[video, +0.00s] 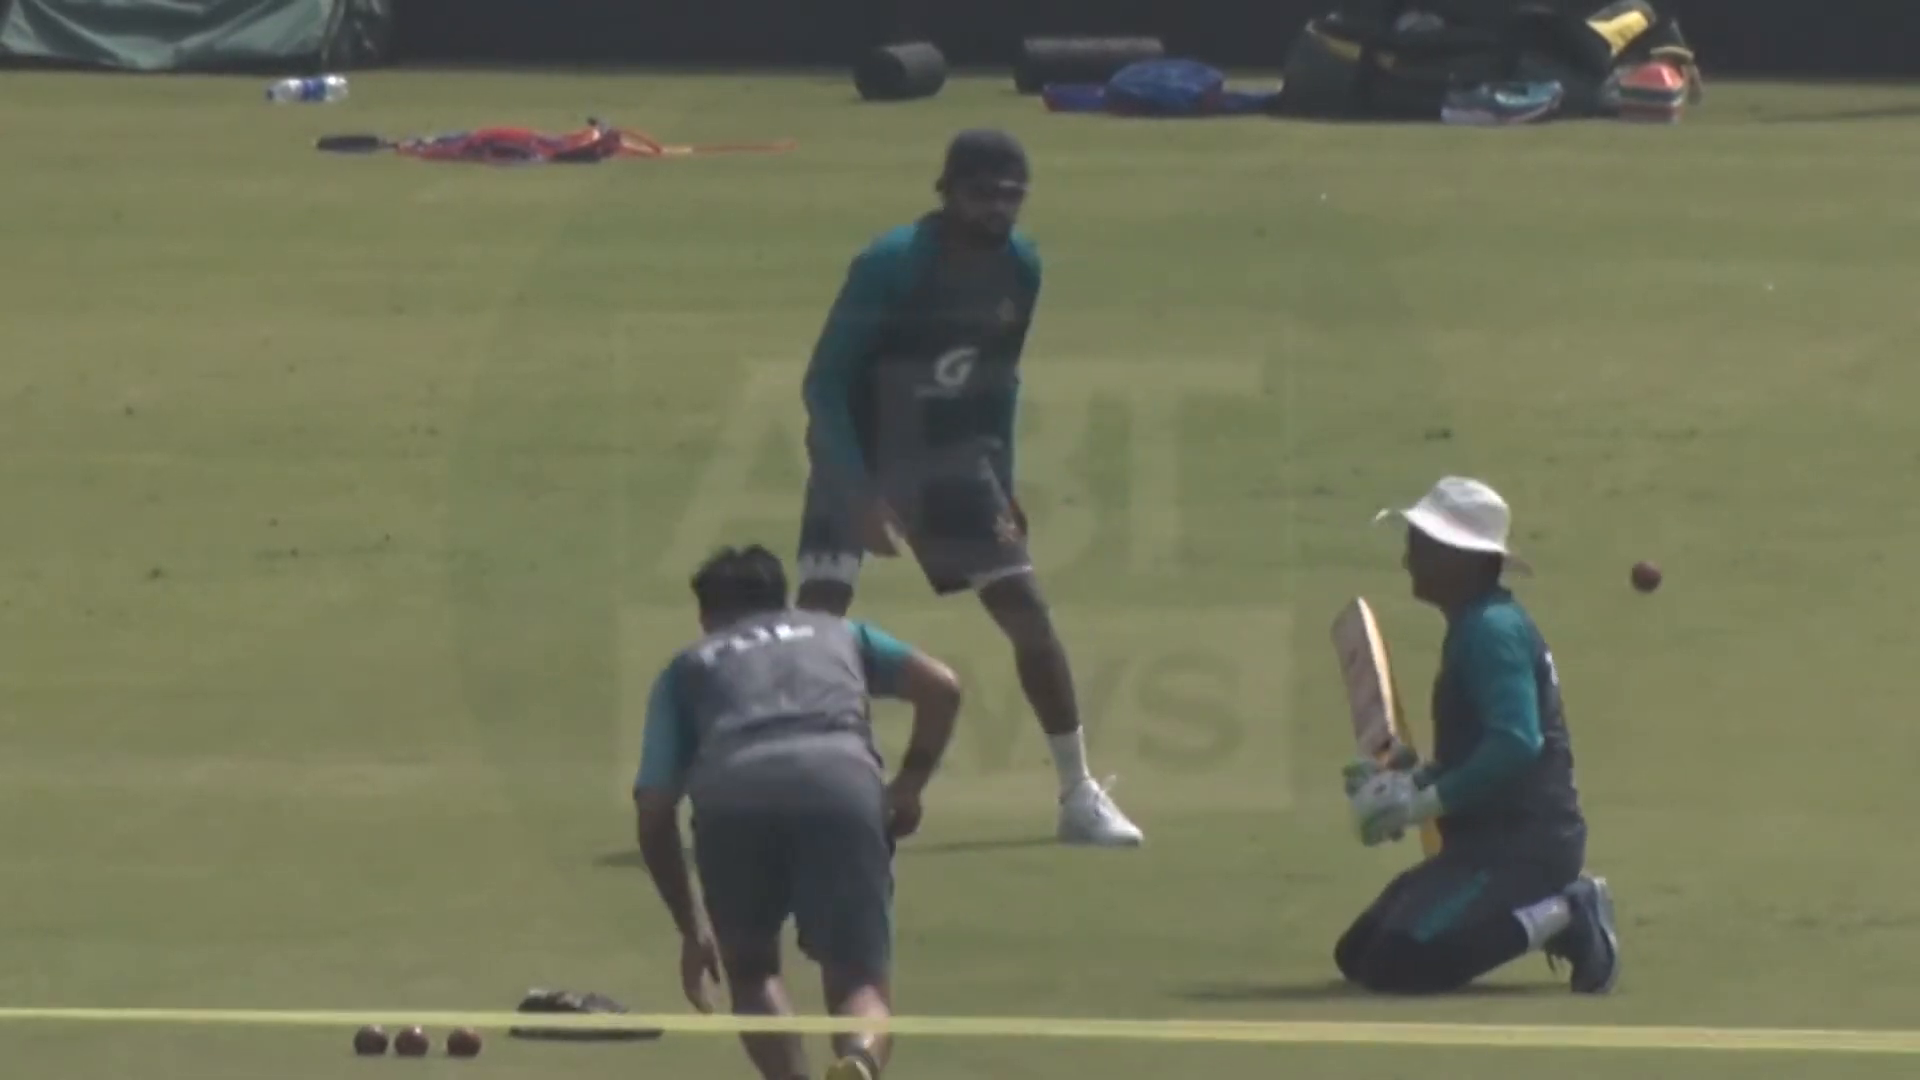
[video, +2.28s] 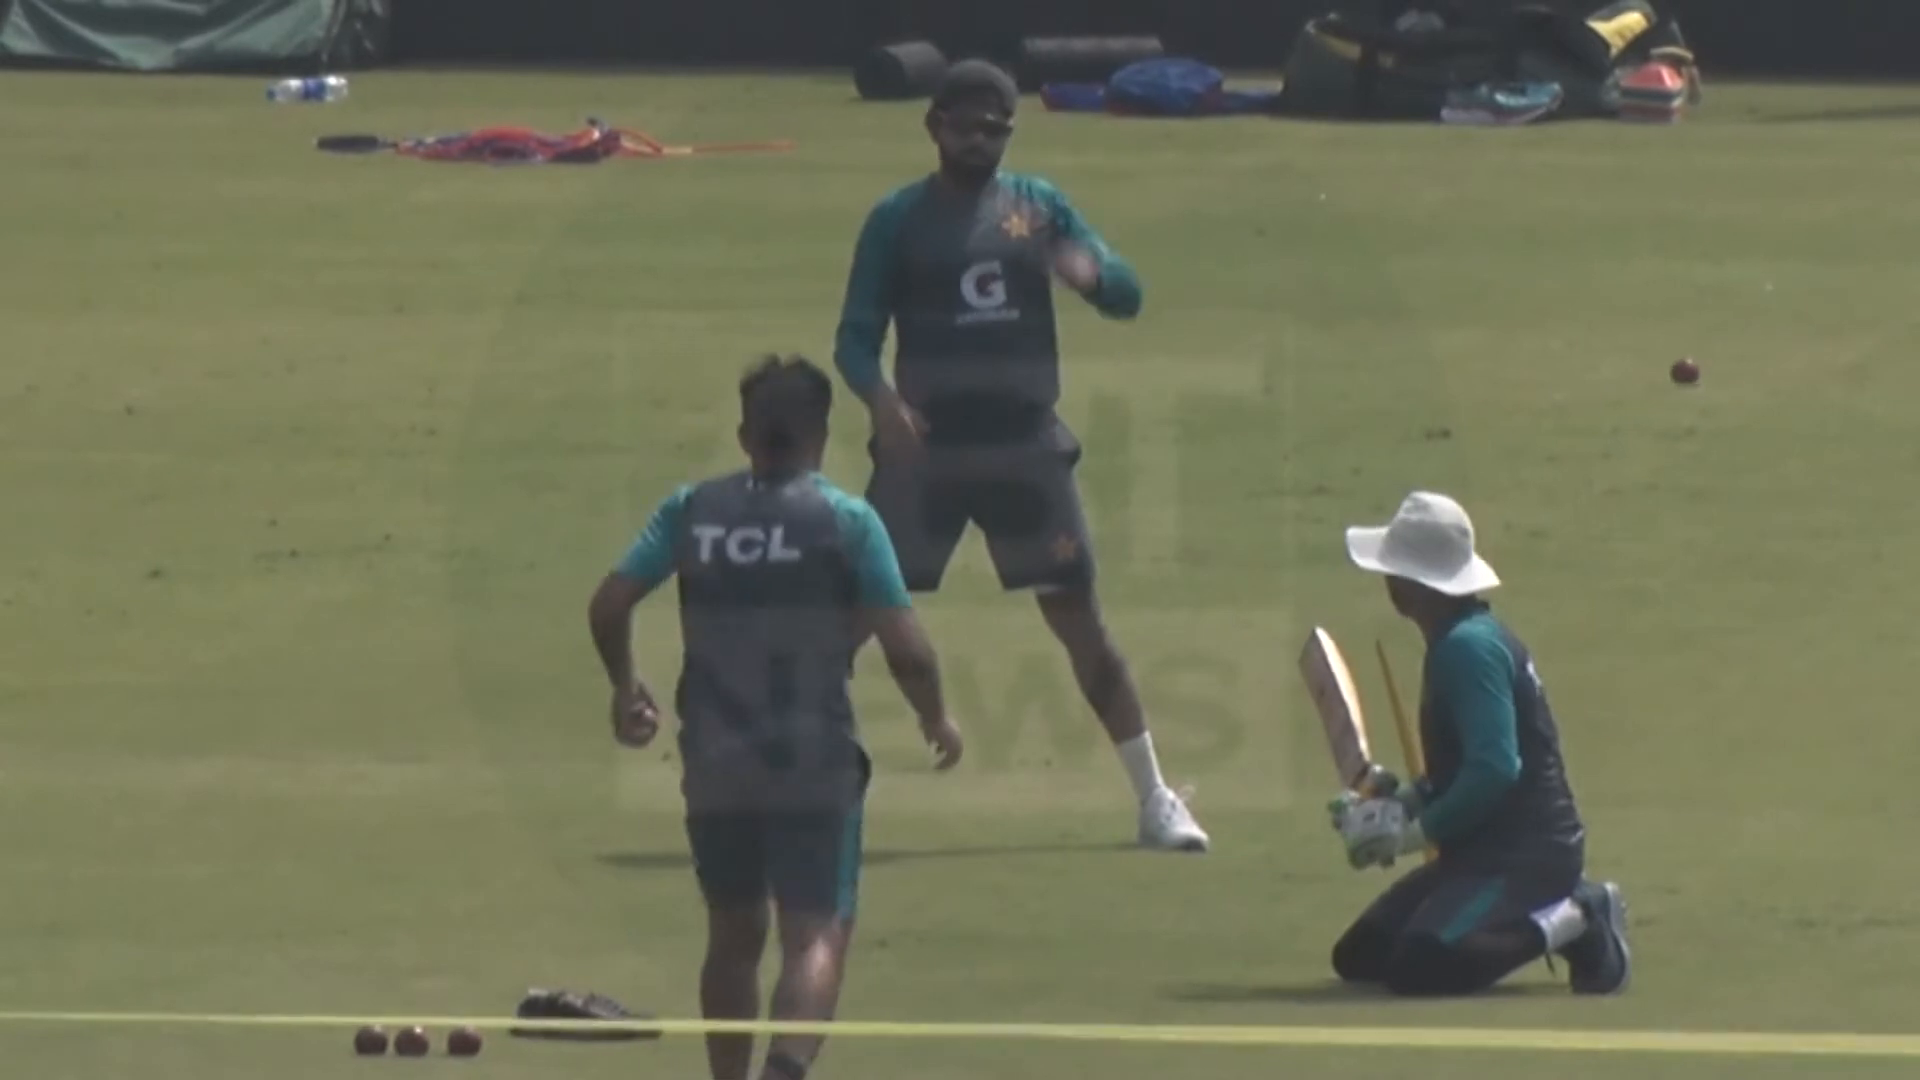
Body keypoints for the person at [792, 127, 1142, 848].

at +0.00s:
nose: (1000, 209)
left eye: (1012, 195)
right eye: (985, 194)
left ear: (1024, 199)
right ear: (949, 191)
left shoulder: (1019, 269)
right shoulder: (888, 264)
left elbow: (1001, 388)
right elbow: (823, 382)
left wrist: (1004, 490)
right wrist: (854, 491)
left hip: (958, 460)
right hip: (860, 457)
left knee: (1026, 612)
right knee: (822, 613)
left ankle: (1079, 792)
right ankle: (788, 792)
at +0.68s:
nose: (1018, 205)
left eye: (1033, 190)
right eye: (1003, 189)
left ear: (1056, 187)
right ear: (977, 184)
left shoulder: (1082, 257)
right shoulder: (929, 260)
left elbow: (1110, 355)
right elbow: (889, 378)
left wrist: (1115, 453)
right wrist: (918, 468)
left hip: (1038, 455)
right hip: (934, 455)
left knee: (1112, 608)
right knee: (854, 613)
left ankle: (1159, 797)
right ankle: (773, 779)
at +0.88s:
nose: (996, 169)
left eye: (1011, 156)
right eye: (981, 155)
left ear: (1030, 157)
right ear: (956, 153)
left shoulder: (1053, 233)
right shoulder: (911, 235)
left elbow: (1102, 342)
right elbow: (862, 351)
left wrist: (1107, 335)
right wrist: (910, 399)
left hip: (1019, 458)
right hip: (917, 456)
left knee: (1100, 612)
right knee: (844, 614)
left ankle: (1158, 800)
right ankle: (770, 787)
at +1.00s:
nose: (987, 156)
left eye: (1000, 142)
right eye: (972, 141)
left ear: (1020, 140)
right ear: (943, 136)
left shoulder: (1043, 219)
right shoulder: (899, 223)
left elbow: (1109, 322)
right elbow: (852, 338)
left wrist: (1098, 240)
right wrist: (901, 352)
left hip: (1012, 451)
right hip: (911, 452)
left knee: (1088, 615)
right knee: (841, 618)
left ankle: (1155, 798)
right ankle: (766, 791)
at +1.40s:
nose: (977, 138)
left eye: (991, 125)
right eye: (962, 121)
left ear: (1010, 133)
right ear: (933, 124)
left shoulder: (1027, 205)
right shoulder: (891, 216)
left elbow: (1113, 221)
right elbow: (843, 327)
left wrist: (1040, 134)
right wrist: (874, 361)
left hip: (1016, 440)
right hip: (918, 442)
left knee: (1079, 622)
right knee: (852, 620)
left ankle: (1156, 798)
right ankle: (776, 781)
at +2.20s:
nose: (982, 140)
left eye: (996, 128)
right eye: (968, 126)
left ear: (1012, 135)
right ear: (936, 126)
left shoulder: (1035, 204)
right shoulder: (894, 221)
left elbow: (1128, 270)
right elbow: (853, 339)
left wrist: (1089, 204)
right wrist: (878, 393)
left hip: (1021, 439)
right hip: (922, 442)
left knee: (1079, 621)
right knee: (858, 608)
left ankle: (1155, 798)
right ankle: (782, 763)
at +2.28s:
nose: (979, 143)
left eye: (993, 130)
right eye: (965, 129)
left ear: (1011, 135)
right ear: (934, 127)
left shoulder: (1037, 206)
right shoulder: (895, 222)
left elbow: (1126, 297)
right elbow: (853, 342)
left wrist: (1078, 267)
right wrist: (880, 401)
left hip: (1022, 442)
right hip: (923, 446)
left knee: (1080, 623)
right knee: (849, 615)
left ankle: (1155, 798)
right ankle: (778, 772)